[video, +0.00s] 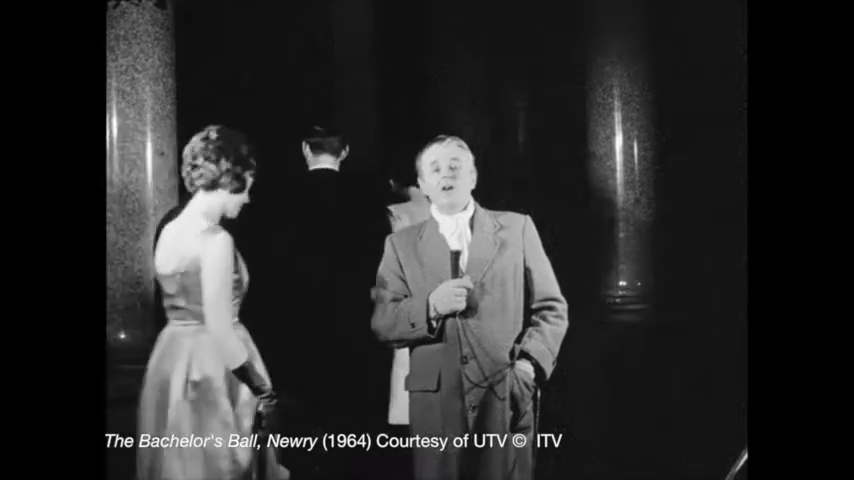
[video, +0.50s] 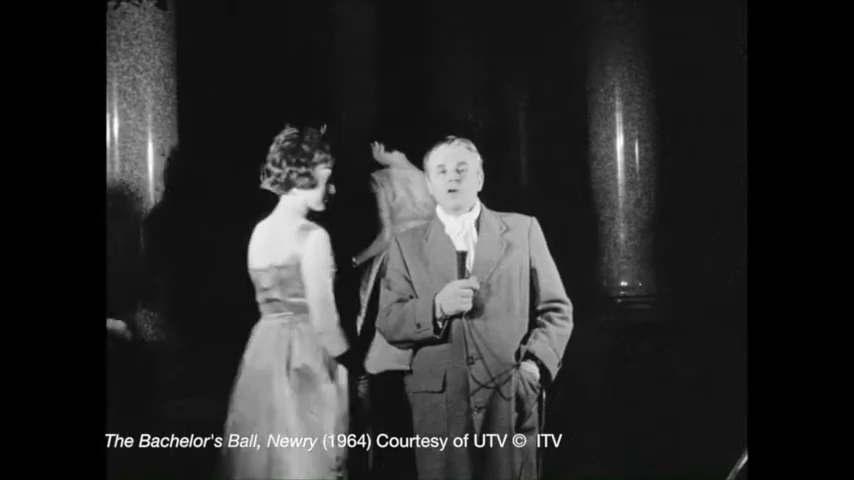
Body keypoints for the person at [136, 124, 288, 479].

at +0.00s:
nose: (247, 199)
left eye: (248, 188)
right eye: (245, 188)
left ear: (204, 179)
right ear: (223, 181)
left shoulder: (169, 232)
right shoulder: (216, 240)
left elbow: (178, 311)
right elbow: (220, 327)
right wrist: (262, 387)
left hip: (172, 347)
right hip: (209, 354)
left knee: (176, 455)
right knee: (216, 456)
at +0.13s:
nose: (272, 189)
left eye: (272, 179)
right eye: (268, 178)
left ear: (237, 173)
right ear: (244, 174)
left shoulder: (194, 229)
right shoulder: (237, 233)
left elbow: (204, 308)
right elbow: (241, 320)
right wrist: (282, 376)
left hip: (197, 347)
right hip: (232, 353)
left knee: (203, 454)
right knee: (241, 457)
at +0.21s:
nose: (286, 188)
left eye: (286, 177)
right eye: (282, 176)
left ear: (251, 173)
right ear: (256, 173)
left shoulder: (209, 229)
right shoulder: (251, 232)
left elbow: (219, 309)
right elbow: (254, 320)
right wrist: (297, 373)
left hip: (212, 348)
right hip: (247, 354)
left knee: (216, 457)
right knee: (256, 458)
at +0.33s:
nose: (305, 190)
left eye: (305, 179)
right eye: (301, 178)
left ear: (271, 178)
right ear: (275, 177)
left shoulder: (229, 232)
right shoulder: (278, 235)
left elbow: (239, 307)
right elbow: (280, 318)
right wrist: (320, 373)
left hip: (231, 349)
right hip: (269, 353)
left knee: (236, 453)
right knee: (276, 455)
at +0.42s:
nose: (319, 190)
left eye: (319, 180)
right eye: (314, 180)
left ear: (280, 180)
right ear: (289, 180)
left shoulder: (244, 234)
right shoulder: (295, 238)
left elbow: (252, 304)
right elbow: (300, 315)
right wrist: (329, 365)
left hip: (248, 351)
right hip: (287, 354)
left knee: (251, 450)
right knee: (294, 453)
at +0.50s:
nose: (330, 189)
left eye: (330, 180)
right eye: (325, 181)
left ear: (292, 180)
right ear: (301, 181)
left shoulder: (260, 233)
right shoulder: (313, 237)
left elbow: (267, 305)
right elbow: (323, 319)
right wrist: (347, 359)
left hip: (265, 346)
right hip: (305, 351)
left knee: (265, 448)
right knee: (308, 454)